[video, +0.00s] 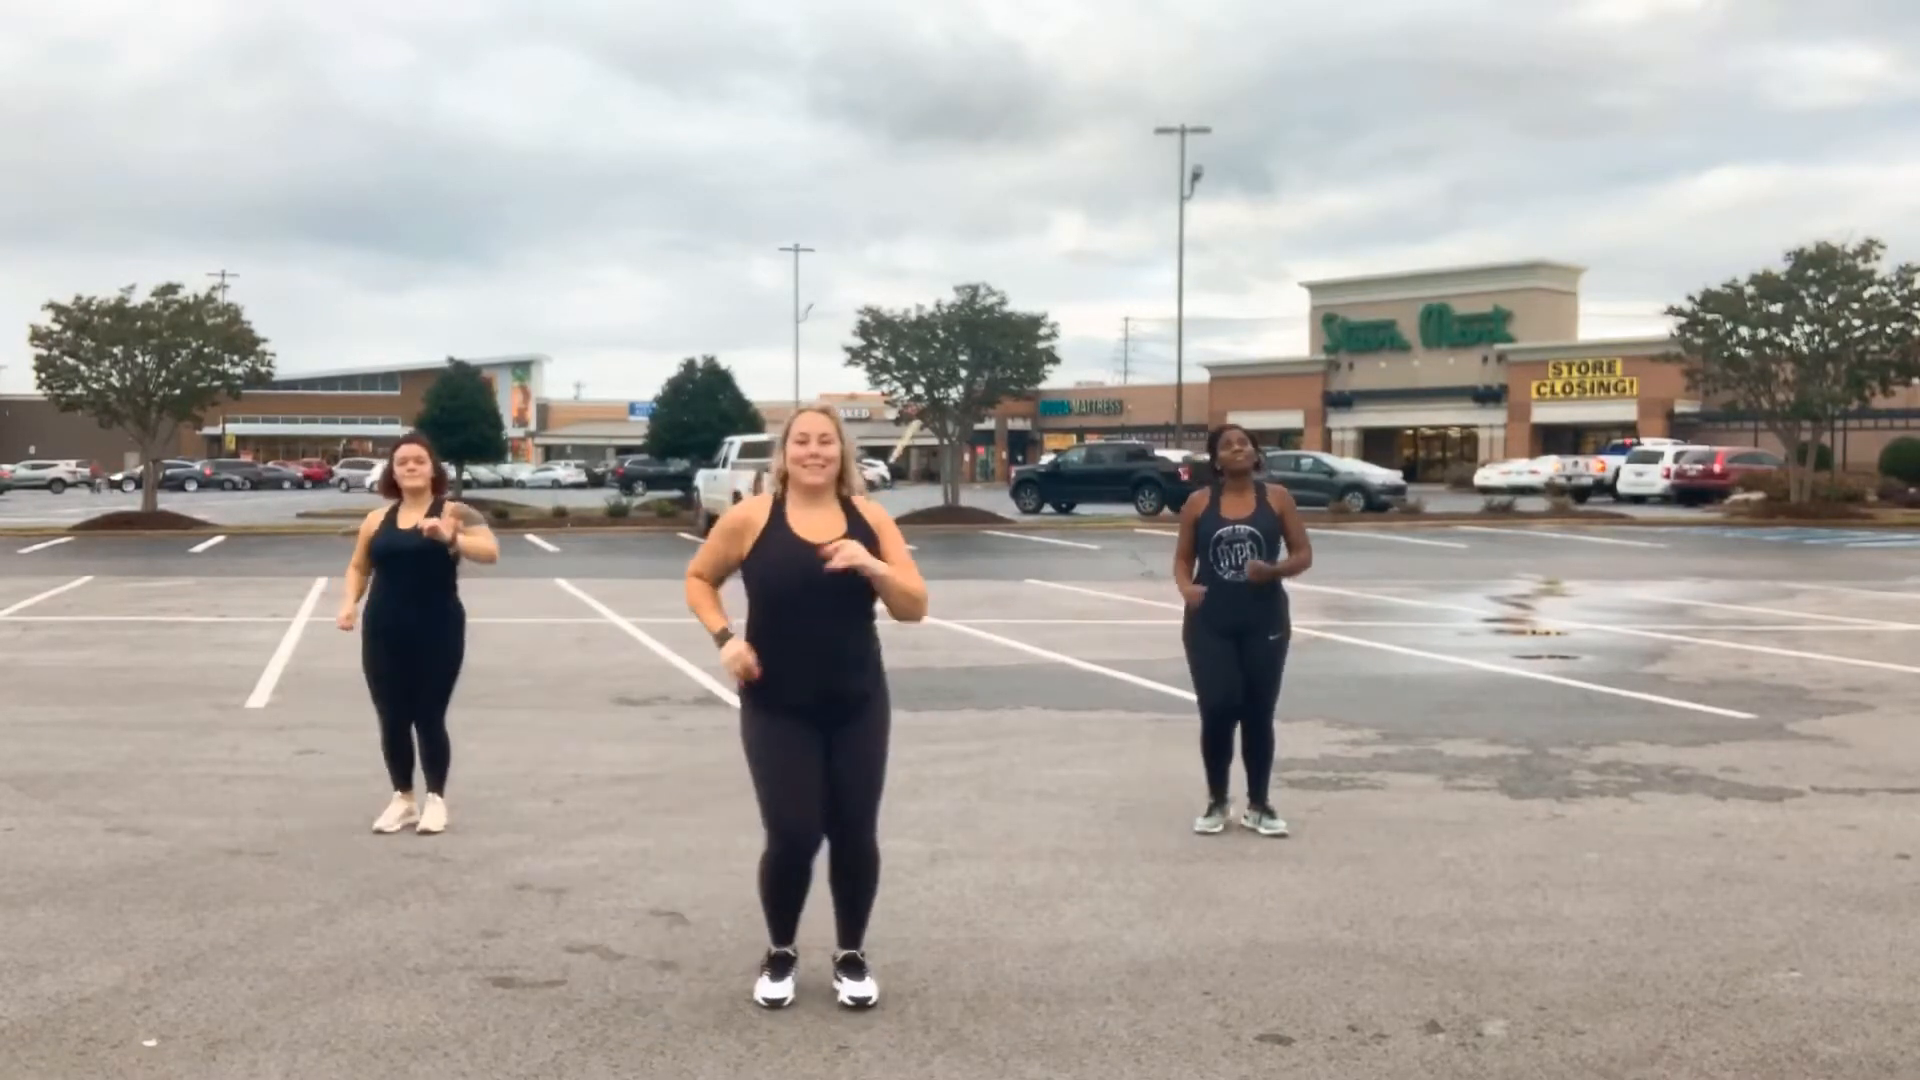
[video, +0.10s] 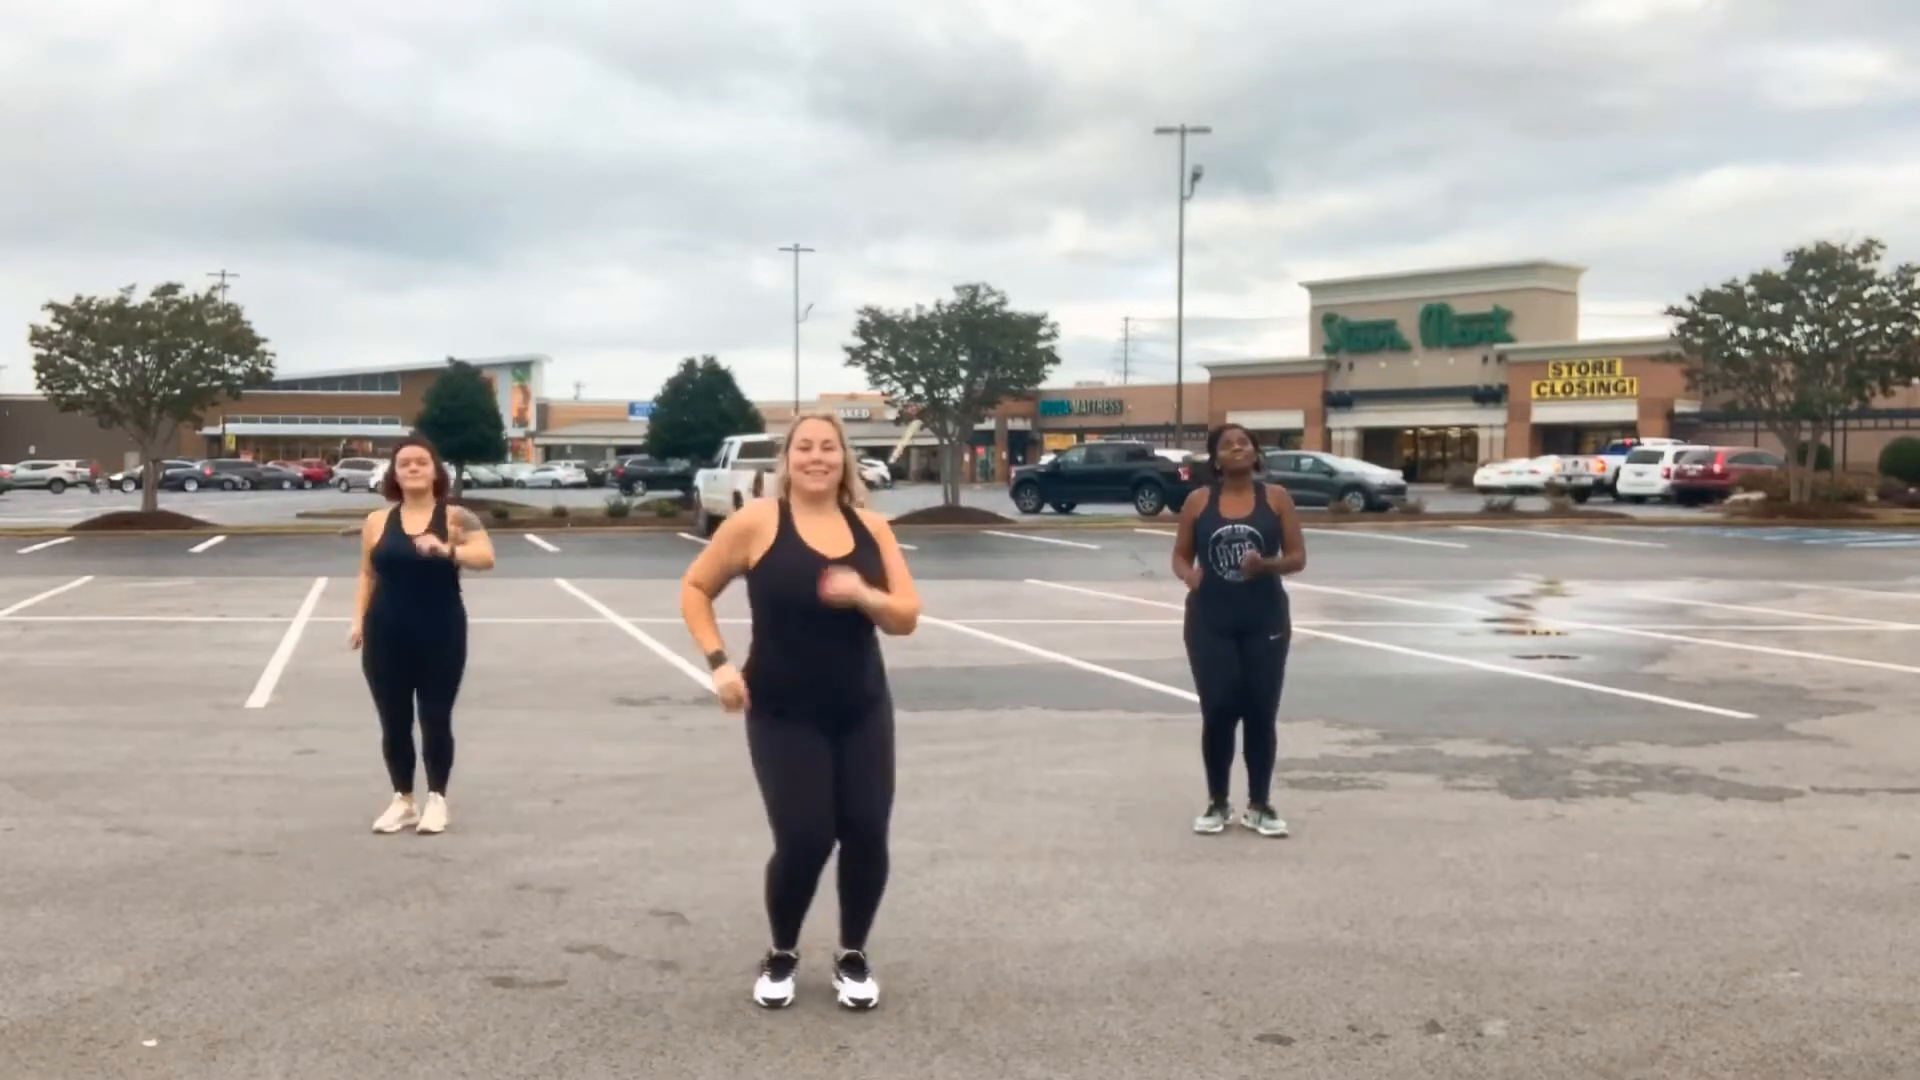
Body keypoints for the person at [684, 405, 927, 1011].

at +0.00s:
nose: (814, 450)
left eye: (826, 440)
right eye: (801, 440)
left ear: (843, 452)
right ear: (783, 453)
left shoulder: (869, 519)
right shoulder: (749, 519)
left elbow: (914, 607)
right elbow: (699, 579)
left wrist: (875, 569)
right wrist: (727, 638)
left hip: (857, 704)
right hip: (776, 704)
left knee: (855, 835)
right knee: (794, 837)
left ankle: (851, 956)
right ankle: (780, 956)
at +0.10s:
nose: (817, 457)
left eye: (827, 448)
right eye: (805, 448)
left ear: (844, 460)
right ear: (786, 460)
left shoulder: (871, 529)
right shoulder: (754, 523)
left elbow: (907, 617)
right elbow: (694, 589)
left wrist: (865, 594)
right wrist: (719, 661)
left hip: (862, 711)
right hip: (782, 712)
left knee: (866, 835)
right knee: (806, 838)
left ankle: (853, 957)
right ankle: (782, 957)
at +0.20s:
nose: (818, 457)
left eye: (829, 448)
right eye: (806, 448)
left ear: (846, 459)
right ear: (787, 460)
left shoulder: (876, 526)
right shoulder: (760, 529)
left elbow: (906, 608)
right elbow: (708, 614)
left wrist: (880, 674)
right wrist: (727, 699)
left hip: (862, 706)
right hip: (783, 710)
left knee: (889, 827)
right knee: (794, 842)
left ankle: (859, 952)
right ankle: (779, 957)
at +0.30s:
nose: (821, 457)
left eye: (832, 447)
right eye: (809, 448)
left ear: (850, 458)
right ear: (791, 459)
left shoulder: (883, 524)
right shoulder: (766, 531)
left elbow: (915, 617)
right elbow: (736, 620)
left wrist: (929, 701)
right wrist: (767, 686)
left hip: (869, 706)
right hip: (788, 707)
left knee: (915, 813)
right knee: (785, 840)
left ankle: (894, 940)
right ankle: (778, 957)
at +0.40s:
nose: (835, 449)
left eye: (846, 439)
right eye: (823, 440)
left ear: (864, 451)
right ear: (805, 452)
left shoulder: (897, 517)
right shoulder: (778, 520)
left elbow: (949, 588)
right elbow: (755, 609)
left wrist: (961, 662)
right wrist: (819, 612)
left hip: (881, 702)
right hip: (795, 704)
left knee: (925, 822)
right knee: (786, 833)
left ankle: (958, 935)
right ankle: (777, 954)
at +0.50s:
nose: (853, 447)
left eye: (864, 438)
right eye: (842, 438)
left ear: (882, 448)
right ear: (824, 449)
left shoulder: (916, 510)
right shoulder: (796, 517)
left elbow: (977, 558)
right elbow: (768, 601)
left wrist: (972, 631)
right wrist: (837, 585)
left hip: (903, 698)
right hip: (816, 701)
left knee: (937, 823)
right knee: (783, 826)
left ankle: (978, 941)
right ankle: (777, 949)